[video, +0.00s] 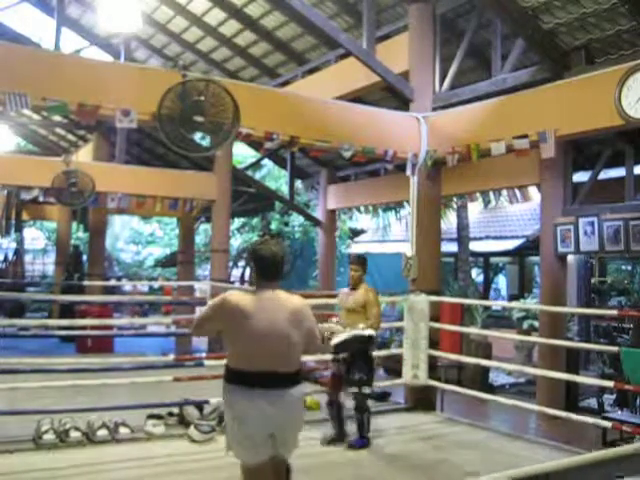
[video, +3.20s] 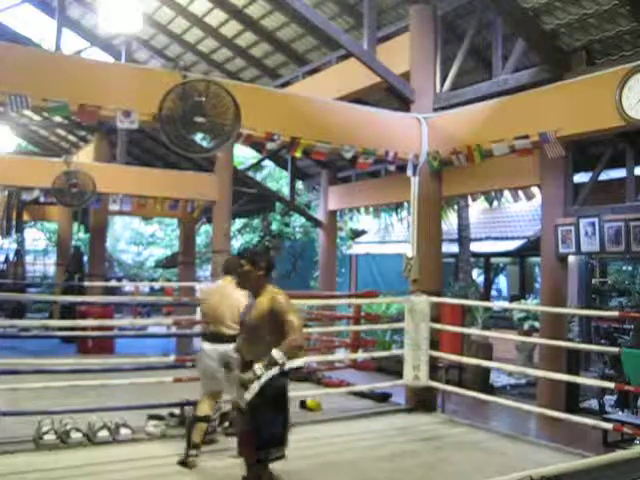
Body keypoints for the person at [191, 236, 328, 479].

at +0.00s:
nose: (249, 270)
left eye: (250, 266)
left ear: (252, 270)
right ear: (282, 270)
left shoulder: (232, 303)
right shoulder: (298, 306)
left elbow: (200, 328)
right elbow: (313, 345)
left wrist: (232, 324)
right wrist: (283, 339)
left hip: (244, 398)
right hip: (288, 396)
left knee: (254, 468)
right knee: (280, 462)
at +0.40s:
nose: (240, 268)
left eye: (242, 264)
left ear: (245, 266)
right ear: (272, 269)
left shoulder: (227, 298)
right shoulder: (286, 303)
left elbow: (193, 329)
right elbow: (299, 347)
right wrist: (269, 343)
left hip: (236, 384)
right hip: (277, 382)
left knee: (217, 458)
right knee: (259, 452)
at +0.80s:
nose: (212, 267)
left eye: (214, 262)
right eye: (214, 262)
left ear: (220, 267)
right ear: (244, 269)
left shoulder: (205, 299)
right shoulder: (259, 299)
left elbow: (175, 329)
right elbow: (271, 335)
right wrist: (244, 330)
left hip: (214, 377)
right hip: (254, 374)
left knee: (206, 449)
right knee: (247, 449)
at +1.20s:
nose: (178, 270)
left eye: (180, 266)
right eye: (179, 266)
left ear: (185, 267)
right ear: (209, 267)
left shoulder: (173, 295)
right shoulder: (227, 295)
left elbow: (148, 326)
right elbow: (246, 330)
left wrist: (176, 323)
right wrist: (221, 331)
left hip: (182, 370)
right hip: (219, 369)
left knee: (189, 441)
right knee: (223, 436)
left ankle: (192, 475)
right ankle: (226, 475)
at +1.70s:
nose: (182, 268)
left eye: (184, 264)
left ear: (187, 267)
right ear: (212, 267)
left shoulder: (172, 295)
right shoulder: (223, 298)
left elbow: (155, 325)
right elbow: (242, 332)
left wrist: (179, 322)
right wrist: (219, 325)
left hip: (179, 357)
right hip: (213, 357)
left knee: (182, 422)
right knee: (207, 422)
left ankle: (190, 465)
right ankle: (201, 471)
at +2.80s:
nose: (219, 273)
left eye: (217, 269)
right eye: (218, 270)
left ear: (197, 269)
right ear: (214, 270)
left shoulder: (182, 289)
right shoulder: (221, 291)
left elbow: (177, 315)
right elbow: (235, 323)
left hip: (184, 344)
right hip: (213, 345)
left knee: (192, 400)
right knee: (228, 398)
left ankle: (190, 455)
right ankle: (228, 450)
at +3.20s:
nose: (243, 276)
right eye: (242, 272)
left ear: (222, 272)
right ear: (240, 272)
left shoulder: (206, 291)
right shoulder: (244, 295)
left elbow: (204, 316)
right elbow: (247, 321)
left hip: (208, 342)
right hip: (234, 344)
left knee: (210, 395)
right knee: (239, 399)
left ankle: (193, 447)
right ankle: (250, 451)